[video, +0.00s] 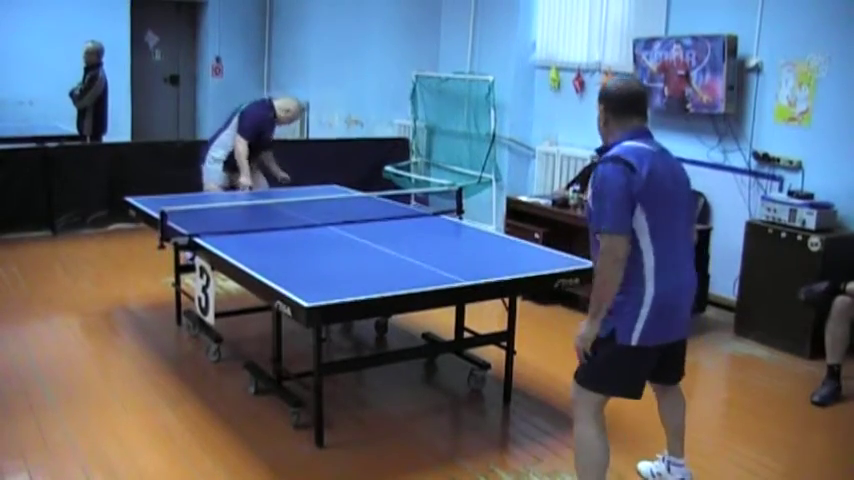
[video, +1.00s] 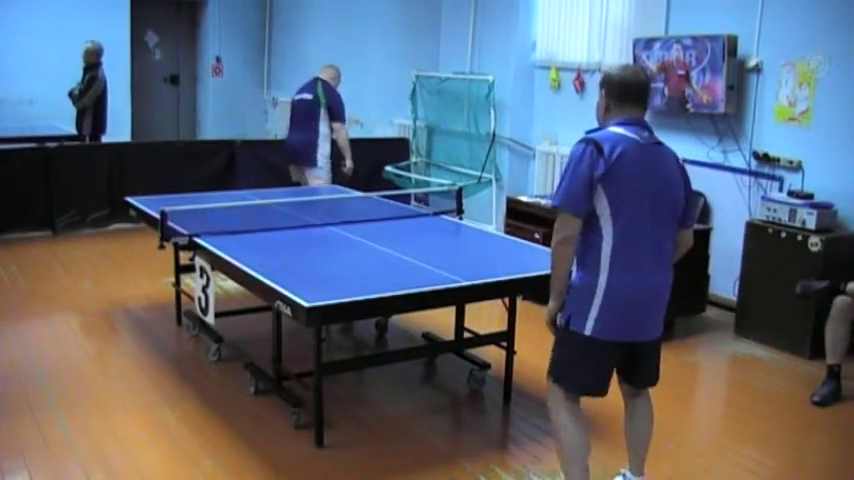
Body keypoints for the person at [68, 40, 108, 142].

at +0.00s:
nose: (86, 57)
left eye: (90, 54)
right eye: (85, 53)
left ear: (98, 56)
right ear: (84, 54)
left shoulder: (97, 76)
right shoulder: (88, 73)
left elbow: (83, 102)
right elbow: (78, 89)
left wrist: (74, 92)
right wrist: (77, 93)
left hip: (93, 128)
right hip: (85, 126)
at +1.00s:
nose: (84, 56)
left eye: (88, 53)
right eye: (84, 52)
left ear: (96, 56)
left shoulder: (96, 76)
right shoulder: (88, 73)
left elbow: (81, 102)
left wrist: (74, 92)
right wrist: (76, 93)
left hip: (92, 128)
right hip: (85, 126)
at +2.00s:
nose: (85, 57)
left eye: (89, 54)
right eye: (85, 53)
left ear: (97, 56)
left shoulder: (96, 76)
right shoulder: (88, 73)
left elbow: (82, 101)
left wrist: (74, 92)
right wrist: (76, 92)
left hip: (92, 128)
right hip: (84, 127)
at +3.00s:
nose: (83, 56)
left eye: (87, 53)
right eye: (84, 52)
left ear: (95, 55)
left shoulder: (95, 76)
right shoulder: (88, 73)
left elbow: (81, 102)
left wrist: (73, 92)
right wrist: (76, 92)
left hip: (91, 128)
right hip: (85, 127)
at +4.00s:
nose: (83, 56)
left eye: (87, 53)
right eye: (83, 53)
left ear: (95, 56)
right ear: (82, 54)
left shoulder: (95, 77)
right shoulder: (86, 73)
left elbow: (80, 103)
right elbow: (76, 89)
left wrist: (72, 92)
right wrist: (75, 94)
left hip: (91, 128)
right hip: (84, 127)